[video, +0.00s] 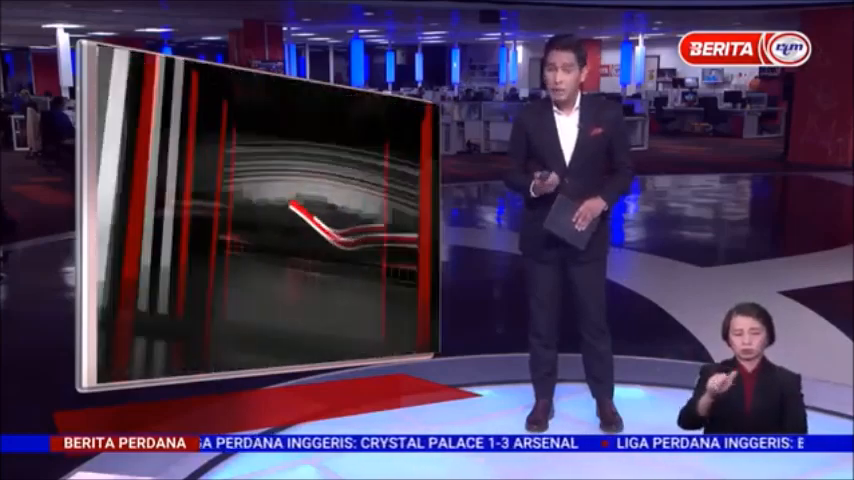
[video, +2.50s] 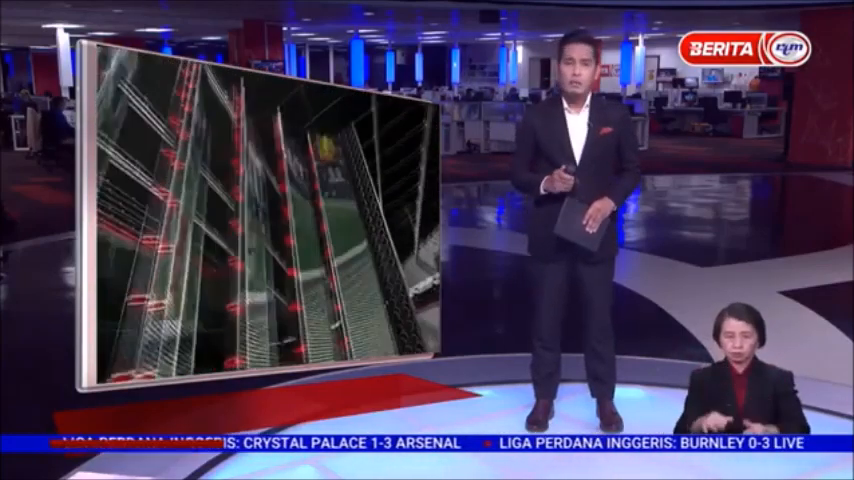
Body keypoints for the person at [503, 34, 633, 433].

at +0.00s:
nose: (557, 77)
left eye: (565, 69)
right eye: (551, 68)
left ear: (582, 74)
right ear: (543, 74)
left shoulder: (605, 112)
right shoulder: (528, 116)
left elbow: (623, 170)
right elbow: (512, 172)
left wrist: (601, 199)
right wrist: (532, 186)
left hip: (588, 232)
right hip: (541, 233)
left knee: (593, 321)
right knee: (543, 323)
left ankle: (605, 401)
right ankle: (542, 401)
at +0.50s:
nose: (561, 76)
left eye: (569, 68)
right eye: (554, 68)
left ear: (583, 72)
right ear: (545, 73)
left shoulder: (606, 112)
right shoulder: (528, 116)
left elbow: (624, 171)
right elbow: (512, 172)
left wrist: (602, 199)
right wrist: (532, 187)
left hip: (589, 231)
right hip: (541, 232)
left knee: (593, 321)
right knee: (543, 322)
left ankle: (605, 401)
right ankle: (542, 401)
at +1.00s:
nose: (573, 73)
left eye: (580, 66)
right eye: (565, 65)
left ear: (589, 73)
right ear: (550, 69)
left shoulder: (605, 114)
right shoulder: (527, 115)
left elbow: (620, 172)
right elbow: (507, 170)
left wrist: (598, 202)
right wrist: (536, 192)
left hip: (588, 231)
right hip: (541, 230)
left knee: (594, 321)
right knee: (542, 321)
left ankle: (604, 400)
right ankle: (542, 400)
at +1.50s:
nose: (571, 71)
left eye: (579, 63)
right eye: (563, 63)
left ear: (588, 71)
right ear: (549, 69)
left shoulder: (604, 113)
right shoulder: (526, 115)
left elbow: (620, 172)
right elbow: (508, 172)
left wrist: (597, 201)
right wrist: (537, 190)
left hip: (588, 230)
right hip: (541, 229)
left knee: (594, 320)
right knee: (541, 321)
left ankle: (604, 400)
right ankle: (542, 400)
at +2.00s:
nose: (564, 68)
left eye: (572, 60)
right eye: (557, 60)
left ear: (587, 67)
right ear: (547, 68)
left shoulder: (609, 112)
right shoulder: (531, 115)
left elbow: (627, 170)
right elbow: (515, 171)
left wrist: (600, 200)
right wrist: (537, 188)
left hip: (592, 230)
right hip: (544, 230)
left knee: (596, 320)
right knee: (544, 321)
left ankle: (605, 400)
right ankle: (543, 399)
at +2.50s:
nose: (575, 71)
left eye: (584, 63)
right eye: (568, 62)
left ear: (597, 71)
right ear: (557, 68)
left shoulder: (615, 114)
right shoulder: (536, 116)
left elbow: (632, 170)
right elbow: (518, 173)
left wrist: (610, 200)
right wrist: (544, 182)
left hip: (597, 231)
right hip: (549, 231)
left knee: (598, 320)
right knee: (547, 320)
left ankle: (605, 400)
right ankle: (543, 398)